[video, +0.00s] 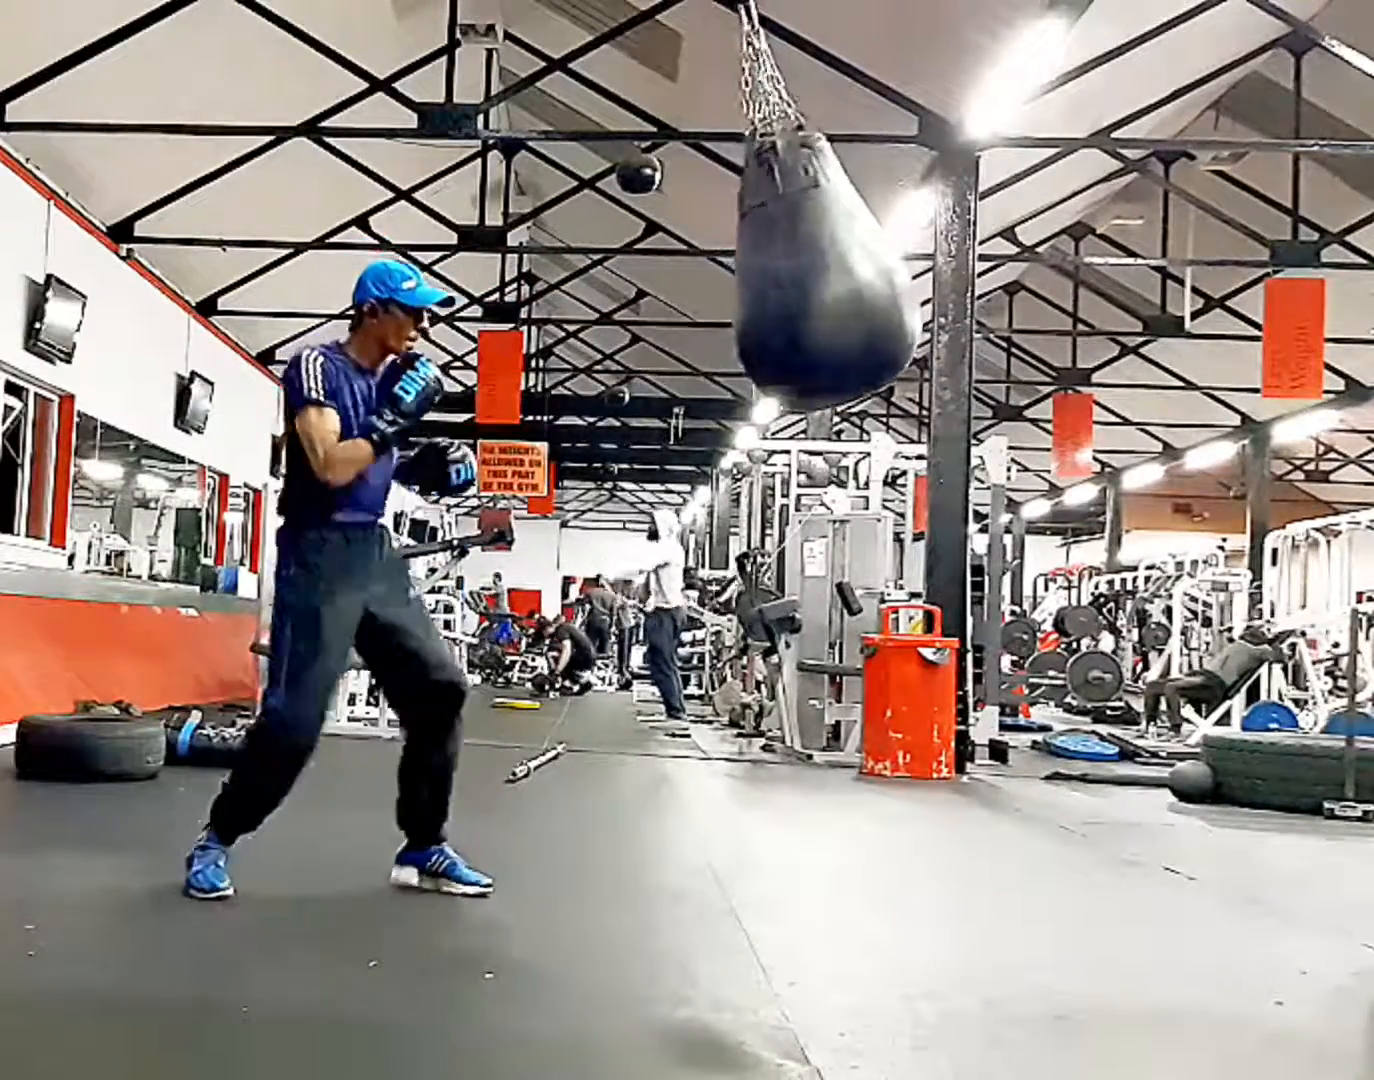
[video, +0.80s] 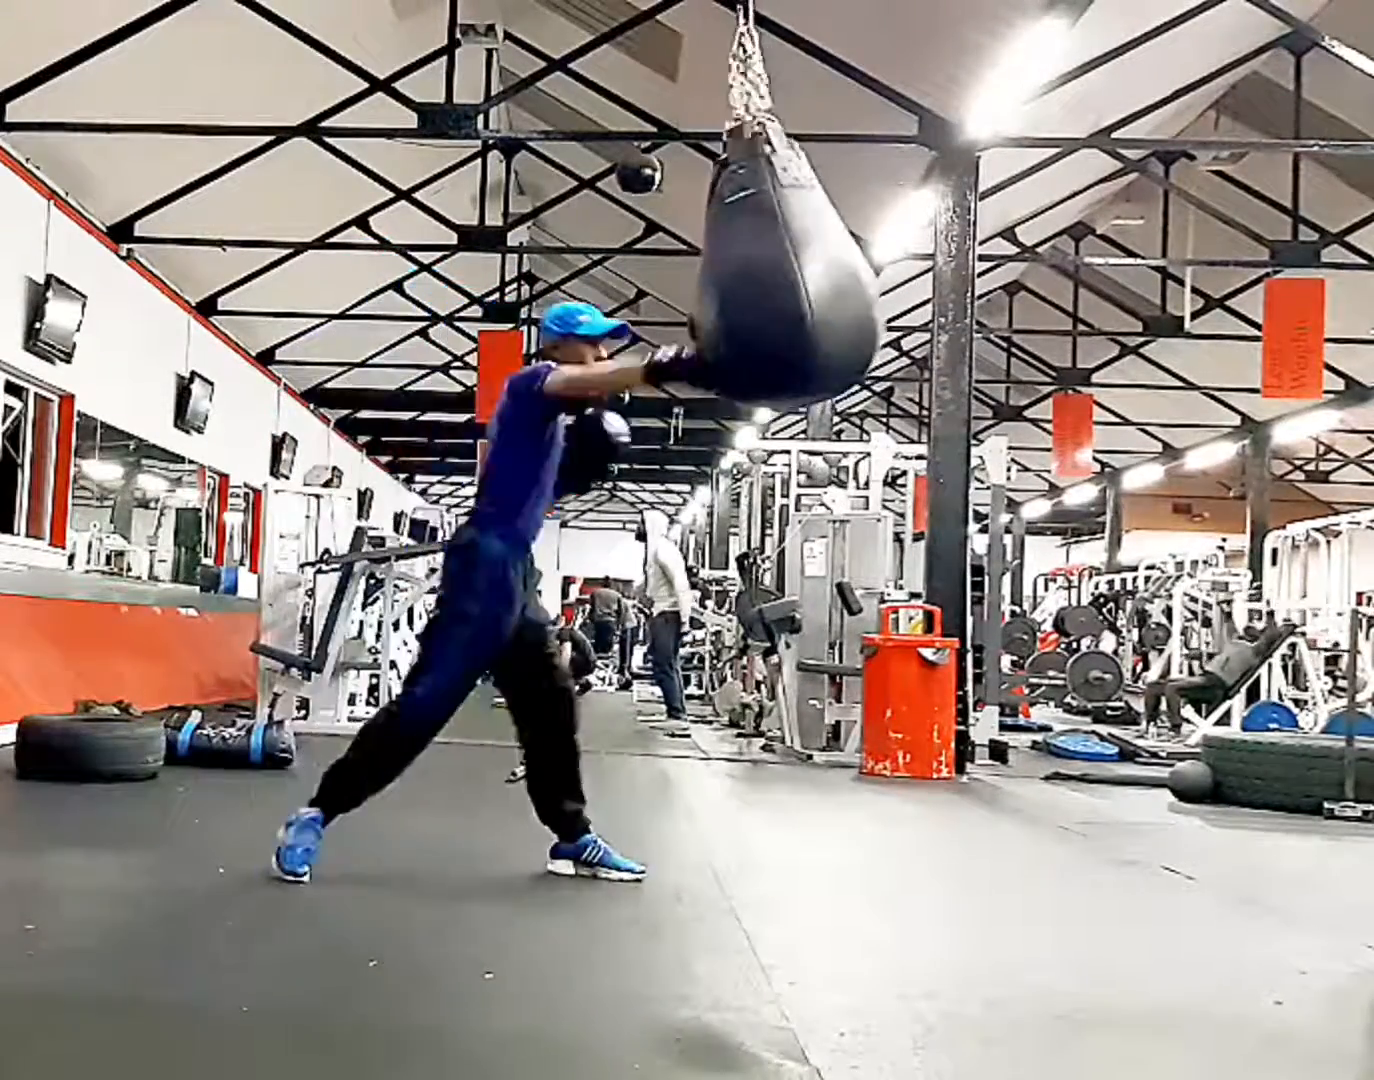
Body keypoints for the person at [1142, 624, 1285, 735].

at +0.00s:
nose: (1260, 637)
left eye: (1258, 635)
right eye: (1259, 635)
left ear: (1252, 637)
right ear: (1255, 639)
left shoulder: (1257, 651)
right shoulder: (1235, 645)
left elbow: (1279, 658)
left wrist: (1274, 643)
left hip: (1216, 682)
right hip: (1202, 674)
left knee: (1171, 688)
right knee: (1152, 687)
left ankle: (1175, 731)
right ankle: (1147, 727)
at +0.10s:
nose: (1247, 634)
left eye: (1252, 633)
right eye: (1250, 632)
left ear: (1256, 638)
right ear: (1249, 636)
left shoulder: (1258, 651)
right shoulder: (1235, 645)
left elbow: (1280, 658)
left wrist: (1272, 643)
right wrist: (1272, 640)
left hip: (1216, 682)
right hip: (1202, 674)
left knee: (1171, 688)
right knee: (1151, 688)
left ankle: (1175, 732)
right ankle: (1147, 728)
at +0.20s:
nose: (1255, 630)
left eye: (1259, 629)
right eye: (1254, 627)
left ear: (1262, 636)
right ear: (1249, 631)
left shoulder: (1257, 650)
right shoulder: (1237, 644)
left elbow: (1277, 650)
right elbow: (1218, 651)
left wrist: (1275, 636)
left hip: (1216, 682)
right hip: (1201, 674)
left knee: (1171, 687)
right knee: (1151, 687)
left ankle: (1175, 731)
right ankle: (1147, 728)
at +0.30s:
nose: (1249, 629)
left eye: (1254, 627)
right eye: (1248, 626)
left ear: (1262, 634)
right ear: (1245, 630)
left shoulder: (1259, 651)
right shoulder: (1233, 643)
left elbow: (1276, 643)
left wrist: (1286, 628)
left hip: (1216, 682)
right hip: (1202, 675)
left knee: (1171, 688)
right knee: (1152, 687)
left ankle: (1176, 731)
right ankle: (1147, 728)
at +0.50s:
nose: (1248, 631)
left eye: (1253, 630)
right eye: (1248, 630)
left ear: (1258, 637)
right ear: (1246, 632)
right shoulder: (1234, 642)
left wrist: (1266, 637)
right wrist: (1225, 608)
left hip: (1217, 682)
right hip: (1203, 676)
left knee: (1172, 688)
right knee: (1153, 687)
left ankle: (1175, 731)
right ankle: (1147, 728)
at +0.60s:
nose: (1248, 628)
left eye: (1252, 627)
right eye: (1247, 626)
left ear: (1259, 635)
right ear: (1243, 631)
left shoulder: (1256, 652)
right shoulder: (1235, 643)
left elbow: (1267, 629)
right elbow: (1234, 627)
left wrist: (1268, 606)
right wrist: (1229, 606)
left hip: (1218, 682)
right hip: (1204, 676)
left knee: (1172, 688)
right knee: (1152, 687)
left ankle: (1175, 729)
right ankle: (1148, 726)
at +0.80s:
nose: (1251, 628)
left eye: (1257, 628)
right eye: (1250, 625)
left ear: (1259, 637)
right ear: (1245, 631)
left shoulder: (1255, 652)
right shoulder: (1233, 641)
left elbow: (1271, 636)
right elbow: (1228, 624)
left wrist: (1269, 615)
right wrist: (1225, 608)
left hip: (1218, 682)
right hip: (1205, 675)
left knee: (1172, 688)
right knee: (1153, 687)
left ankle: (1176, 730)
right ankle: (1148, 725)